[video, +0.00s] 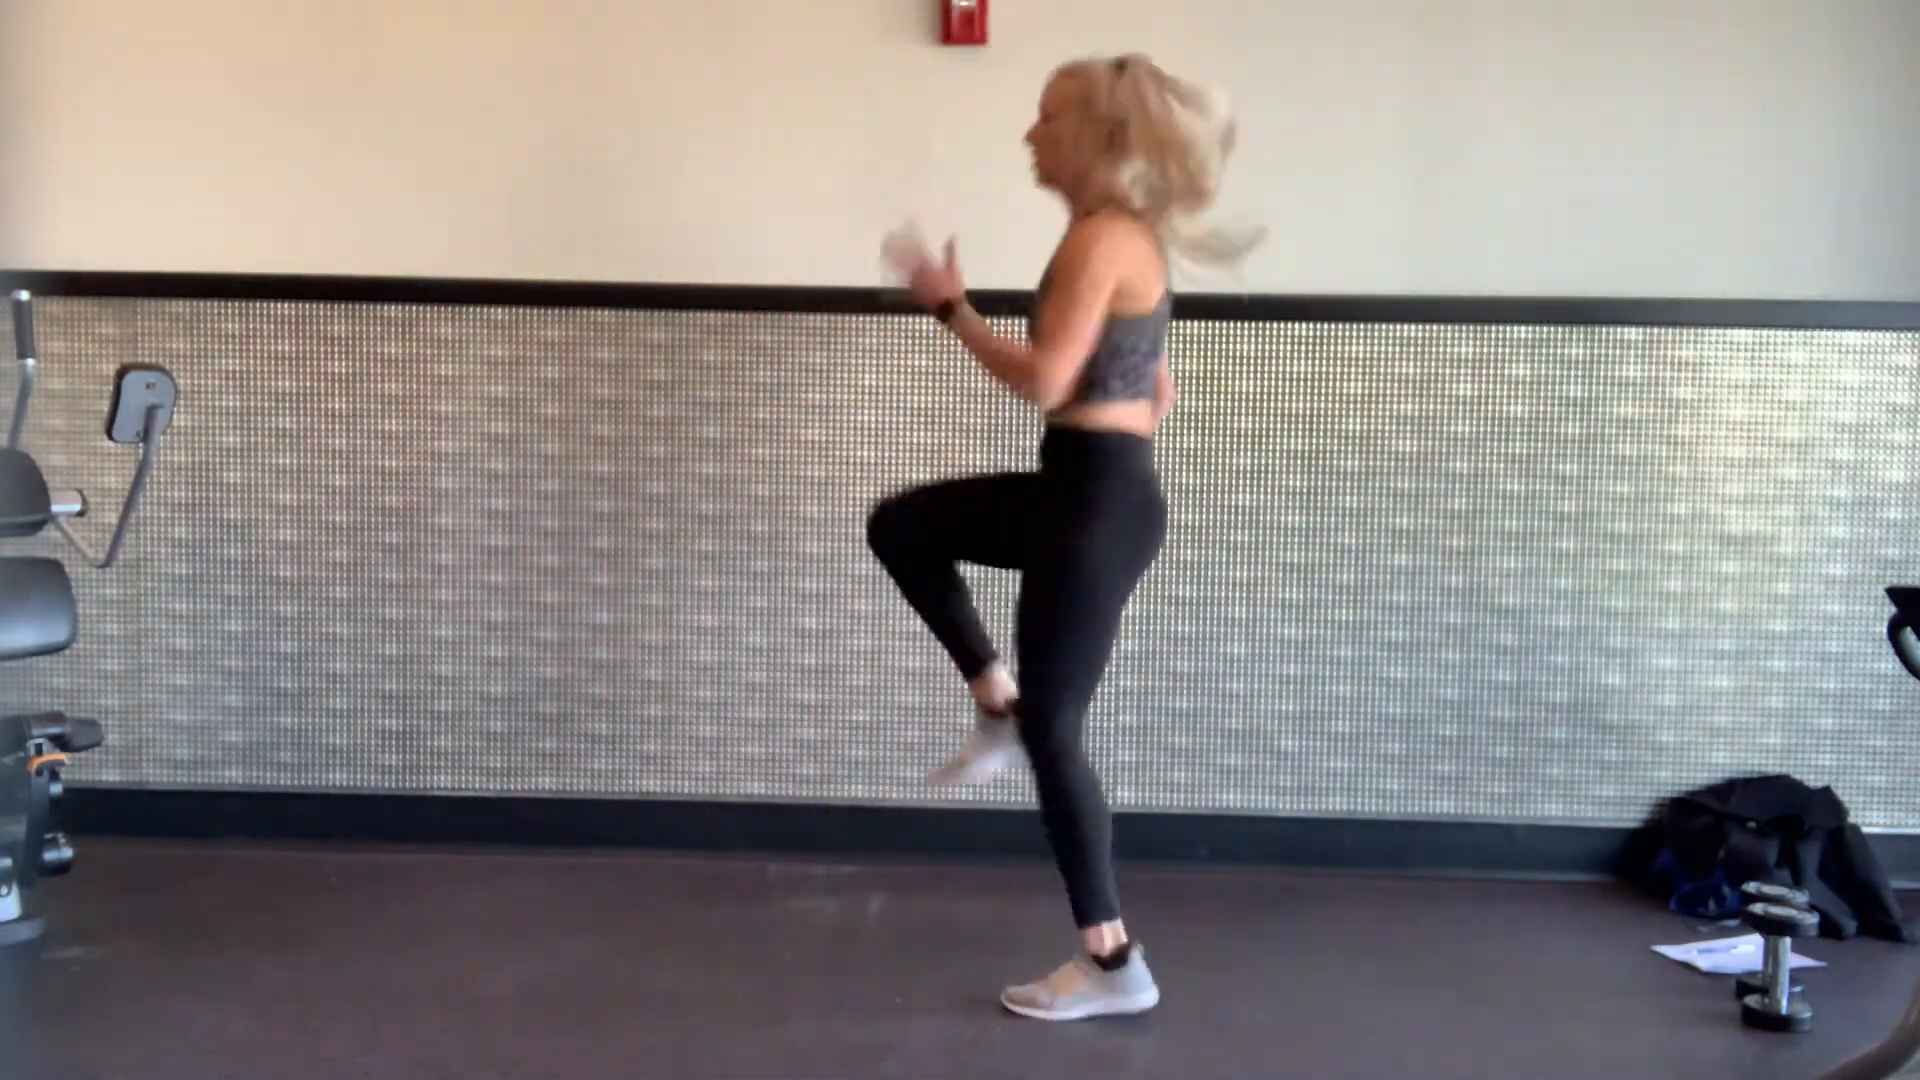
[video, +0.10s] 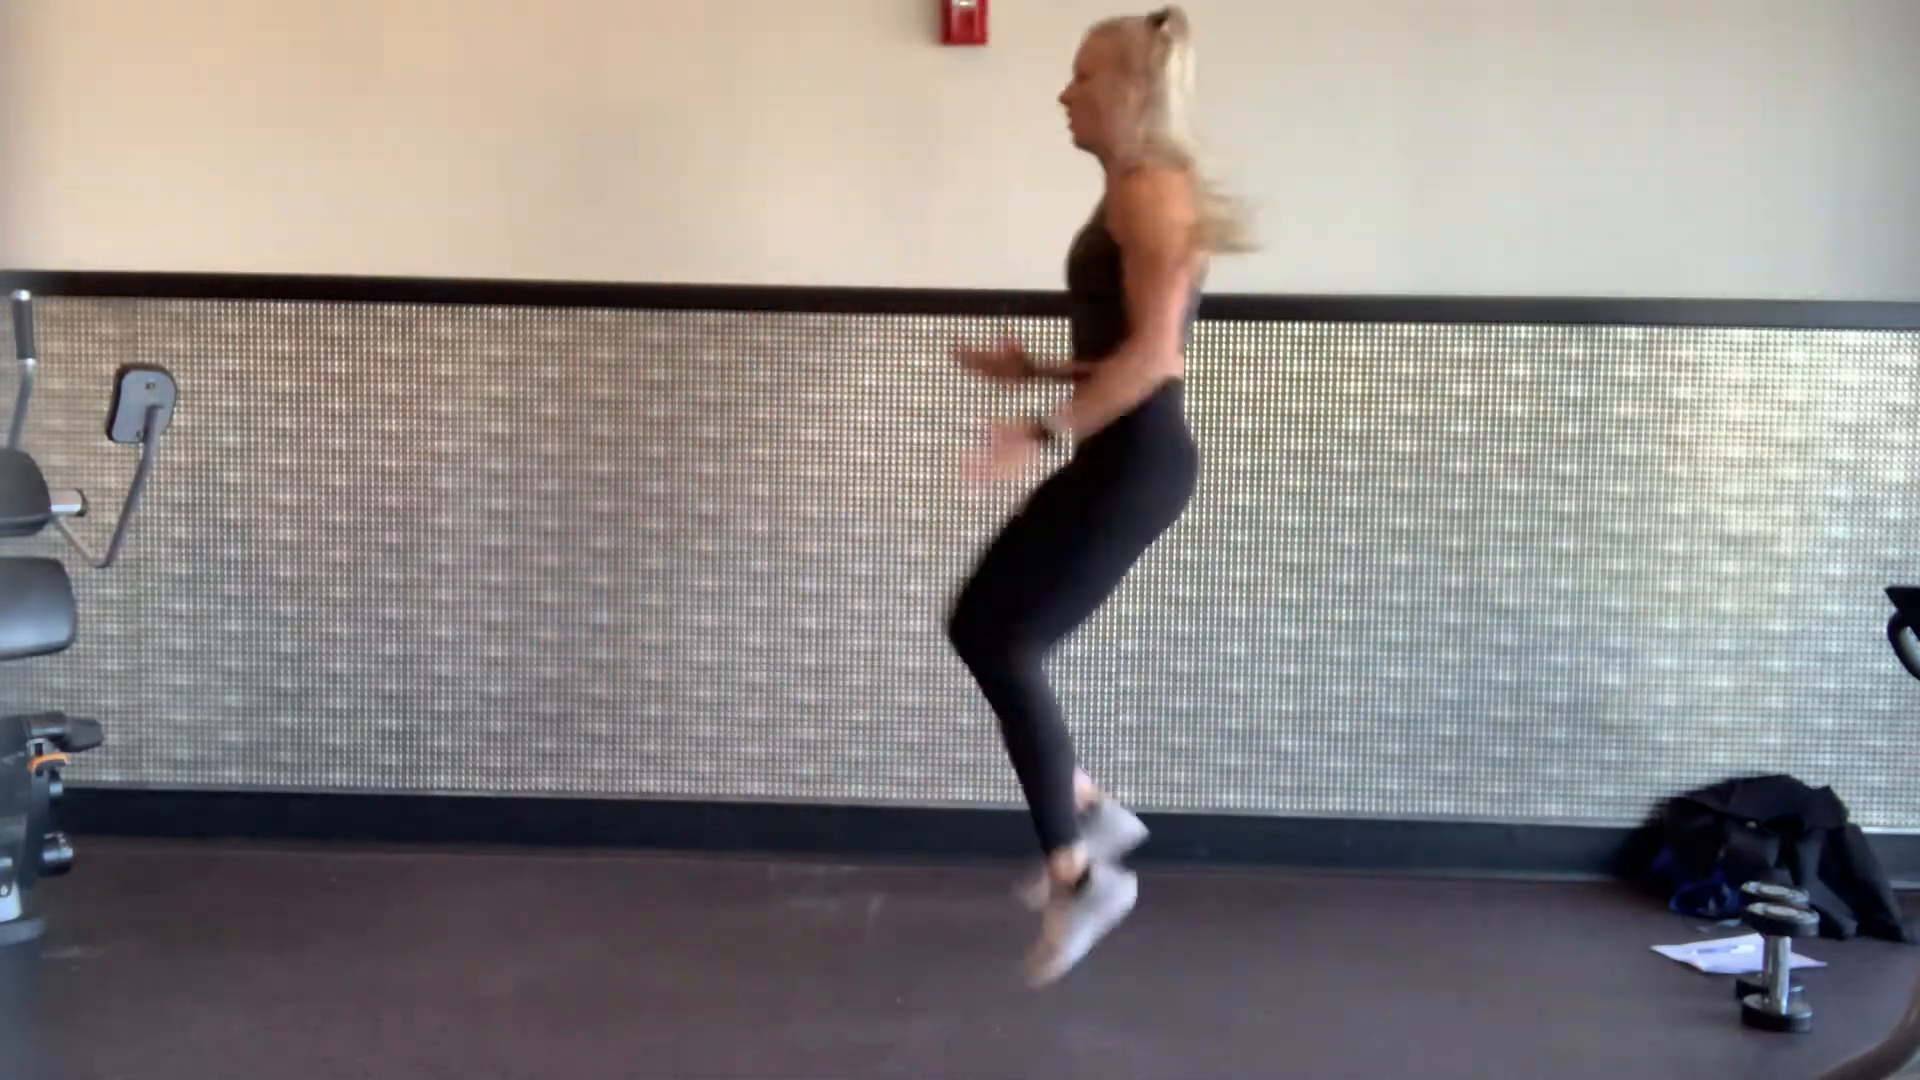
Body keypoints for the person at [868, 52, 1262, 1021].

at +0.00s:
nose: (1031, 133)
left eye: (1047, 120)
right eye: (1039, 117)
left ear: (1099, 140)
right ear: (1110, 146)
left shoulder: (1102, 241)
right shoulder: (1133, 244)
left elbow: (1044, 382)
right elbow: (1156, 401)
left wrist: (952, 311)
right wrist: (1050, 386)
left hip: (1096, 506)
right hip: (1096, 496)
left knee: (1052, 724)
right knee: (900, 528)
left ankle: (1110, 957)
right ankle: (1002, 706)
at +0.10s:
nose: (1065, 94)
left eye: (1081, 79)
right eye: (1072, 78)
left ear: (1126, 92)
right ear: (1124, 94)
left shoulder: (1154, 194)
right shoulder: (1130, 194)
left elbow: (1156, 356)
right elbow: (1123, 356)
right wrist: (1031, 367)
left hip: (1143, 455)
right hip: (1116, 448)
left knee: (1005, 641)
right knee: (979, 623)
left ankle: (1077, 876)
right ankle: (1088, 808)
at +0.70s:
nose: (1206, 170)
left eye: (1224, 159)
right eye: (1213, 154)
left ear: (1275, 179)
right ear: (1274, 177)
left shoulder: (1306, 279)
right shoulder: (1277, 271)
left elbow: (1217, 417)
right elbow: (1236, 406)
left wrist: (1198, 300)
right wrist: (1210, 306)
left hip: (1323, 534)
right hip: (1281, 522)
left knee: (1267, 750)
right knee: (1103, 515)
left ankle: (1363, 958)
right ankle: (1223, 664)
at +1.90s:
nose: (1192, 401)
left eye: (1205, 387)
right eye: (1195, 386)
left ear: (1256, 400)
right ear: (1260, 402)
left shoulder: (1298, 483)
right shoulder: (1263, 480)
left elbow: (1181, 597)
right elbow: (1166, 573)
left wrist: (1136, 483)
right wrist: (1133, 478)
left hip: (1481, 672)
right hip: (1423, 660)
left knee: (1329, 776)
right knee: (1283, 723)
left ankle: (1420, 1006)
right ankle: (1358, 905)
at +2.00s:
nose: (1168, 408)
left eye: (1181, 394)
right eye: (1171, 392)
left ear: (1230, 407)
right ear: (1232, 409)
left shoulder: (1277, 488)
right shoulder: (1242, 485)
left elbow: (1148, 593)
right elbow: (1142, 566)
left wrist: (1063, 509)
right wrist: (1062, 508)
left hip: (1469, 669)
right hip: (1412, 658)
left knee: (1321, 782)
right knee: (1274, 727)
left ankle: (1419, 1007)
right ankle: (1357, 906)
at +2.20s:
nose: (1104, 397)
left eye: (1115, 380)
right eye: (1106, 380)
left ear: (1166, 383)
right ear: (1165, 384)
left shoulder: (1221, 465)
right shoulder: (1188, 471)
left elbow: (1204, 614)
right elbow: (1161, 596)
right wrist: (1086, 693)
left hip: (1400, 651)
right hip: (1347, 649)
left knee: (1269, 811)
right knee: (1232, 747)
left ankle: (1414, 1008)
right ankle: (1350, 906)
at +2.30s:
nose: (1058, 323)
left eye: (1072, 307)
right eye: (1061, 306)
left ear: (1118, 319)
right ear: (1121, 320)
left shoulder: (1172, 403)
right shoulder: (1147, 401)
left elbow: (1283, 500)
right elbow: (1245, 502)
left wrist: (1317, 640)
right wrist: (1249, 605)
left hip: (1321, 607)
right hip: (1282, 603)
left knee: (1248, 817)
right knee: (1213, 756)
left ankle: (1411, 1005)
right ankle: (1347, 902)